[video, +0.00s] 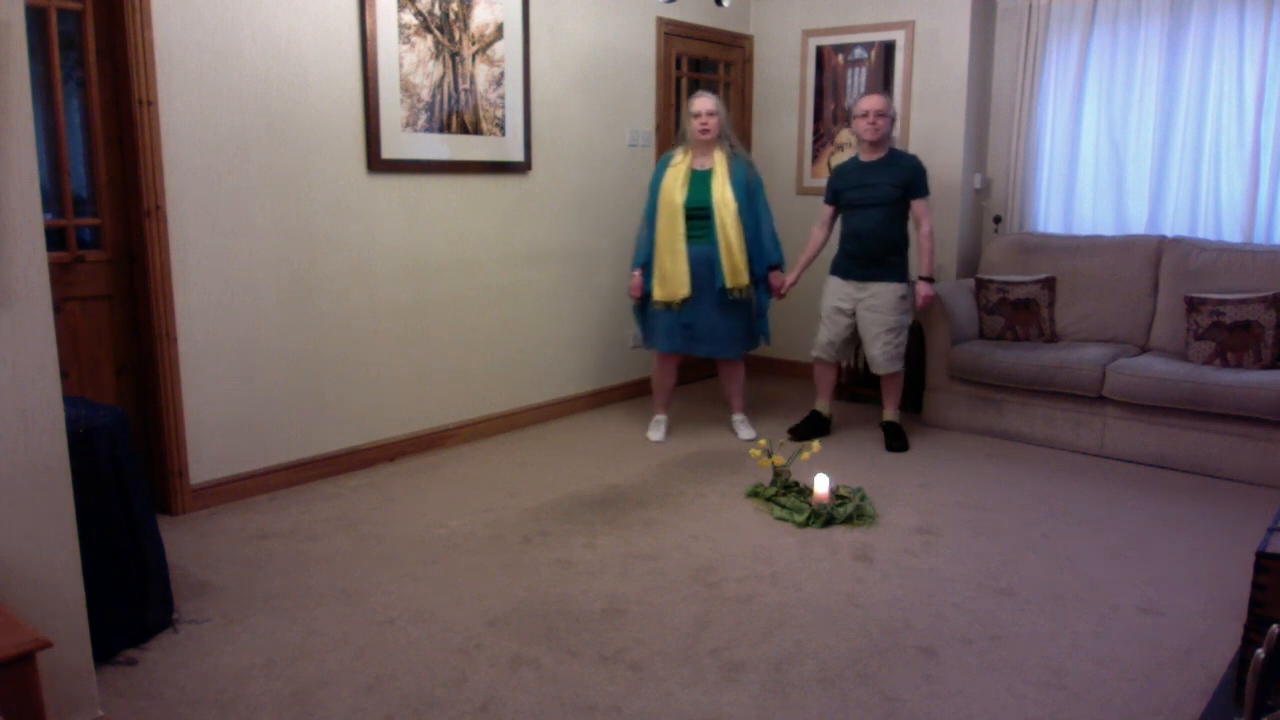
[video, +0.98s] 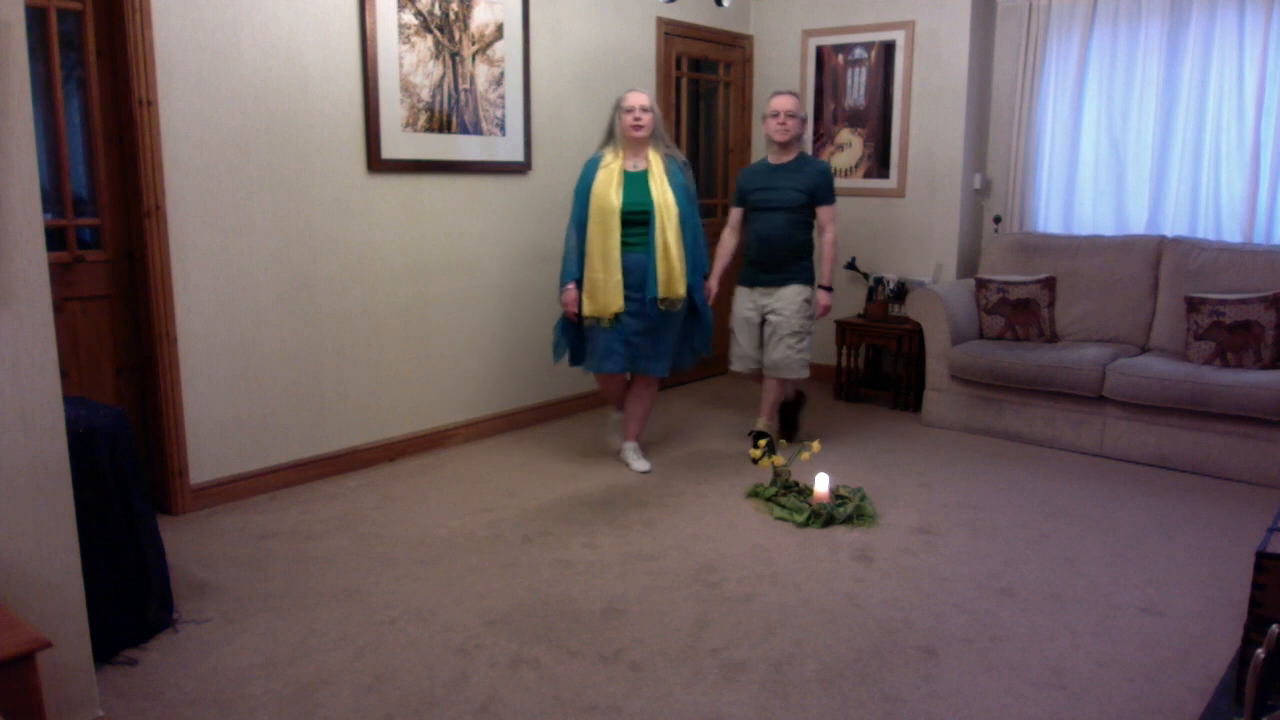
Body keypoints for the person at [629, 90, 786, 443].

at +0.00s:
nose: (704, 121)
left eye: (711, 115)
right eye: (697, 116)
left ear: (722, 120)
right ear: (687, 122)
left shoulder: (739, 166)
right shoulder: (668, 166)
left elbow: (760, 219)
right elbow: (651, 222)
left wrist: (773, 267)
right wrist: (639, 269)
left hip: (727, 272)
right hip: (673, 273)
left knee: (730, 347)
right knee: (667, 348)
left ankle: (738, 413)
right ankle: (660, 414)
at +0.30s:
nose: (674, 123)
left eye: (681, 116)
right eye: (666, 117)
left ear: (692, 122)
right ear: (656, 123)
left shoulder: (710, 169)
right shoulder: (637, 167)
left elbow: (729, 224)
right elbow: (617, 222)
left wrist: (739, 271)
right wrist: (605, 270)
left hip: (694, 276)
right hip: (643, 277)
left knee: (697, 347)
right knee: (648, 348)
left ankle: (698, 412)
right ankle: (655, 416)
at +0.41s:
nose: (668, 121)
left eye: (675, 115)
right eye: (661, 115)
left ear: (686, 120)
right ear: (650, 121)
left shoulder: (704, 169)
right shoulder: (630, 166)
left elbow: (722, 222)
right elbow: (610, 222)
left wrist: (731, 269)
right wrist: (599, 272)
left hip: (687, 274)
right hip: (637, 274)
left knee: (680, 347)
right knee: (646, 348)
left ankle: (666, 420)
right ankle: (655, 417)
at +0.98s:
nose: (637, 116)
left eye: (645, 110)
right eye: (630, 111)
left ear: (656, 119)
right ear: (617, 119)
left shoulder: (674, 167)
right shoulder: (597, 166)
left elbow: (692, 225)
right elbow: (577, 229)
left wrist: (700, 277)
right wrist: (570, 282)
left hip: (661, 283)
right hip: (607, 283)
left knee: (648, 367)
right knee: (606, 367)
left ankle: (632, 442)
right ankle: (621, 409)